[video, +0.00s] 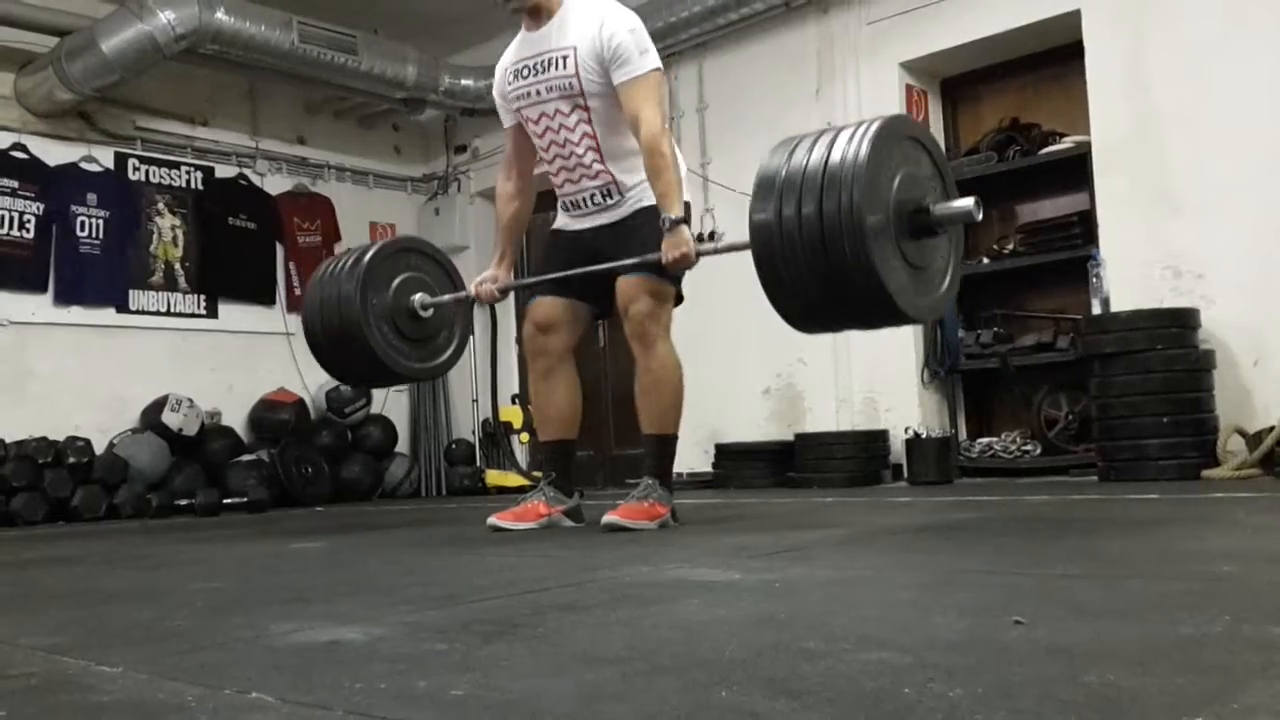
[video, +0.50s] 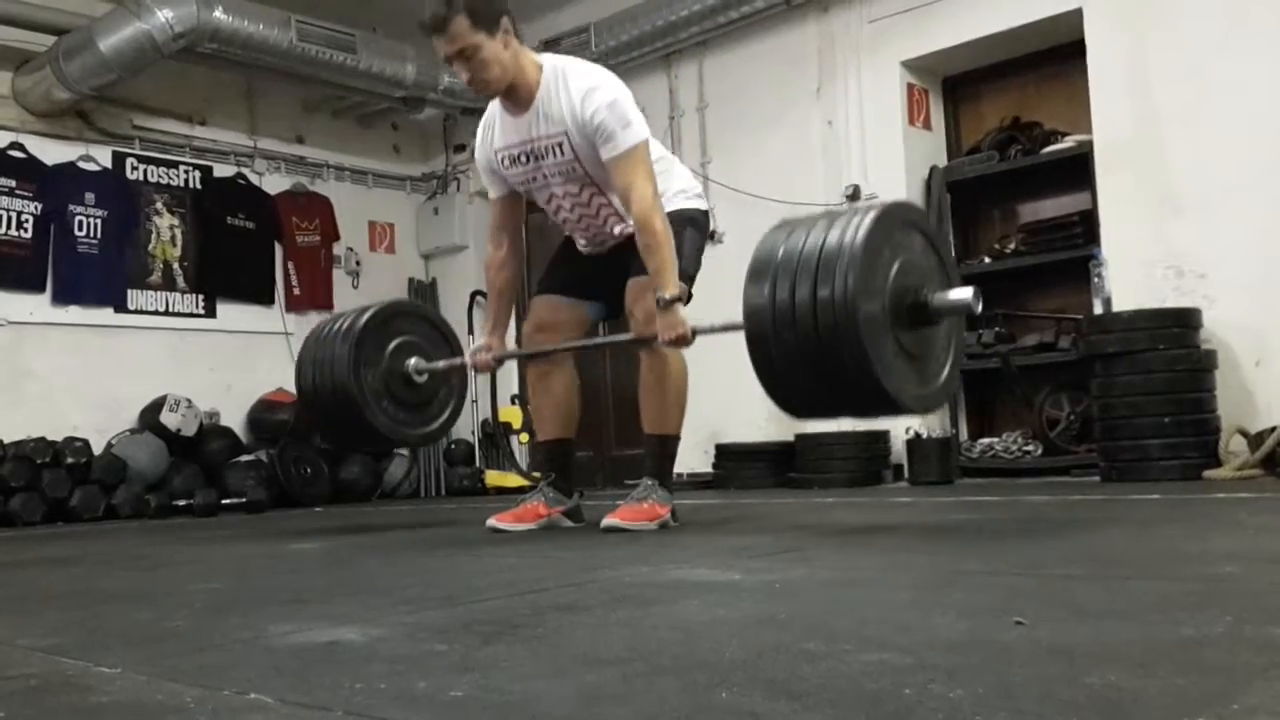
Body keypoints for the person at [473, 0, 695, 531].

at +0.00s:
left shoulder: (608, 23)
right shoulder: (508, 69)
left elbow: (651, 127)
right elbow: (516, 175)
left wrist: (674, 219)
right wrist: (502, 261)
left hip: (639, 207)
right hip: (572, 221)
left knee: (643, 317)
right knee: (543, 333)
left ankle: (657, 487)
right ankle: (557, 491)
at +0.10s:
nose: (496, 3)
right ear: (499, 6)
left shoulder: (605, 34)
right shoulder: (504, 80)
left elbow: (650, 135)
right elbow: (511, 189)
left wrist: (673, 233)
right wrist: (500, 274)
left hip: (645, 207)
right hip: (578, 222)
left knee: (646, 316)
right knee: (543, 333)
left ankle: (657, 488)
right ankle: (556, 492)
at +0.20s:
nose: (479, 11)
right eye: (473, 4)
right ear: (478, 13)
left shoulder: (601, 44)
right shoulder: (498, 90)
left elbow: (648, 149)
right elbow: (509, 197)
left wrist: (672, 247)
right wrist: (499, 284)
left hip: (649, 207)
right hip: (581, 224)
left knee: (649, 319)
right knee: (543, 332)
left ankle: (658, 489)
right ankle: (556, 493)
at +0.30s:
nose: (474, 32)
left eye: (479, 12)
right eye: (463, 22)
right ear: (463, 26)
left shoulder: (597, 56)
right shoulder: (495, 102)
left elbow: (646, 163)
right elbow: (506, 207)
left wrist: (670, 261)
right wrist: (497, 298)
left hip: (657, 207)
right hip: (586, 225)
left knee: (653, 327)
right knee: (546, 338)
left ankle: (658, 490)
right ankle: (556, 493)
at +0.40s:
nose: (466, 51)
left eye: (472, 32)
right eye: (456, 42)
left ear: (511, 13)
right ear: (451, 46)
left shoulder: (593, 73)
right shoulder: (493, 118)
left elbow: (644, 180)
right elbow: (505, 224)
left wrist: (668, 278)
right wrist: (496, 316)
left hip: (661, 209)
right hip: (592, 230)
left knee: (650, 315)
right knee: (547, 334)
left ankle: (657, 489)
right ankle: (556, 492)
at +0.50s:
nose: (463, 75)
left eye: (469, 55)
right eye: (451, 64)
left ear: (507, 34)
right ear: (446, 65)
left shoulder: (590, 92)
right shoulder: (490, 137)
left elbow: (643, 202)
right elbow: (503, 242)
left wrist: (669, 299)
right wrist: (493, 334)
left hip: (665, 214)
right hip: (596, 238)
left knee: (645, 316)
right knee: (541, 332)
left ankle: (657, 489)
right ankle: (556, 493)